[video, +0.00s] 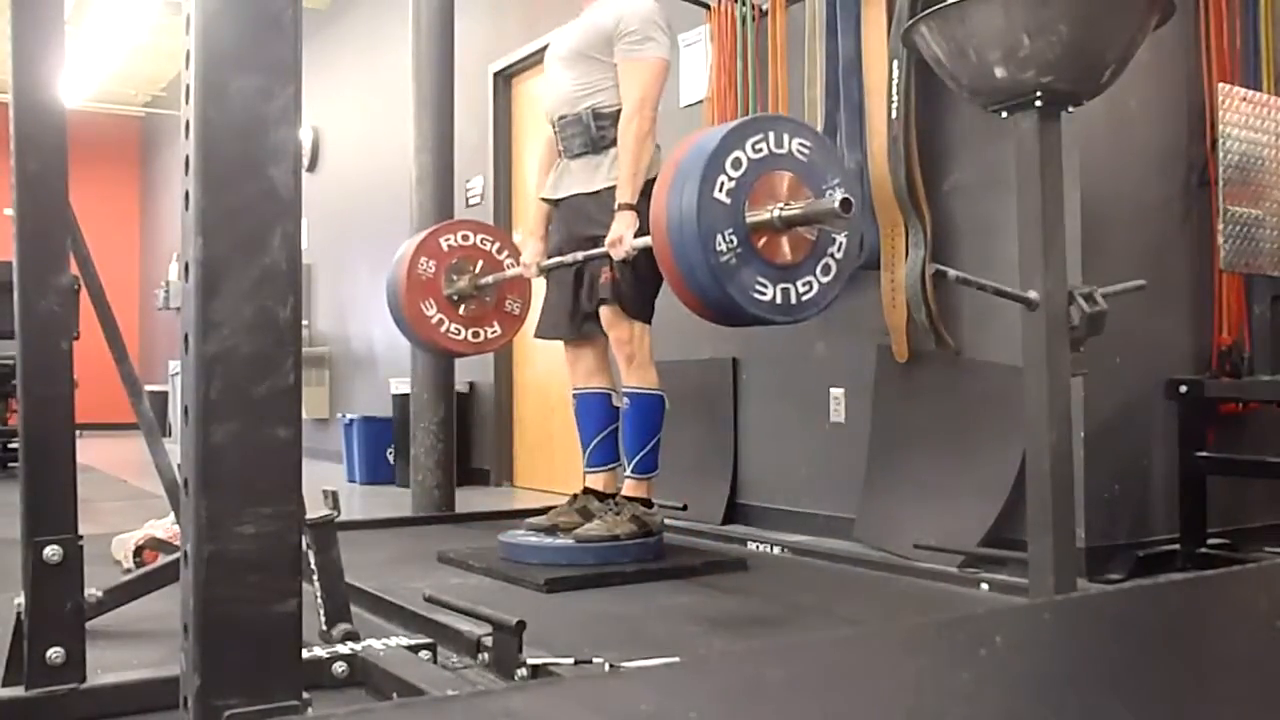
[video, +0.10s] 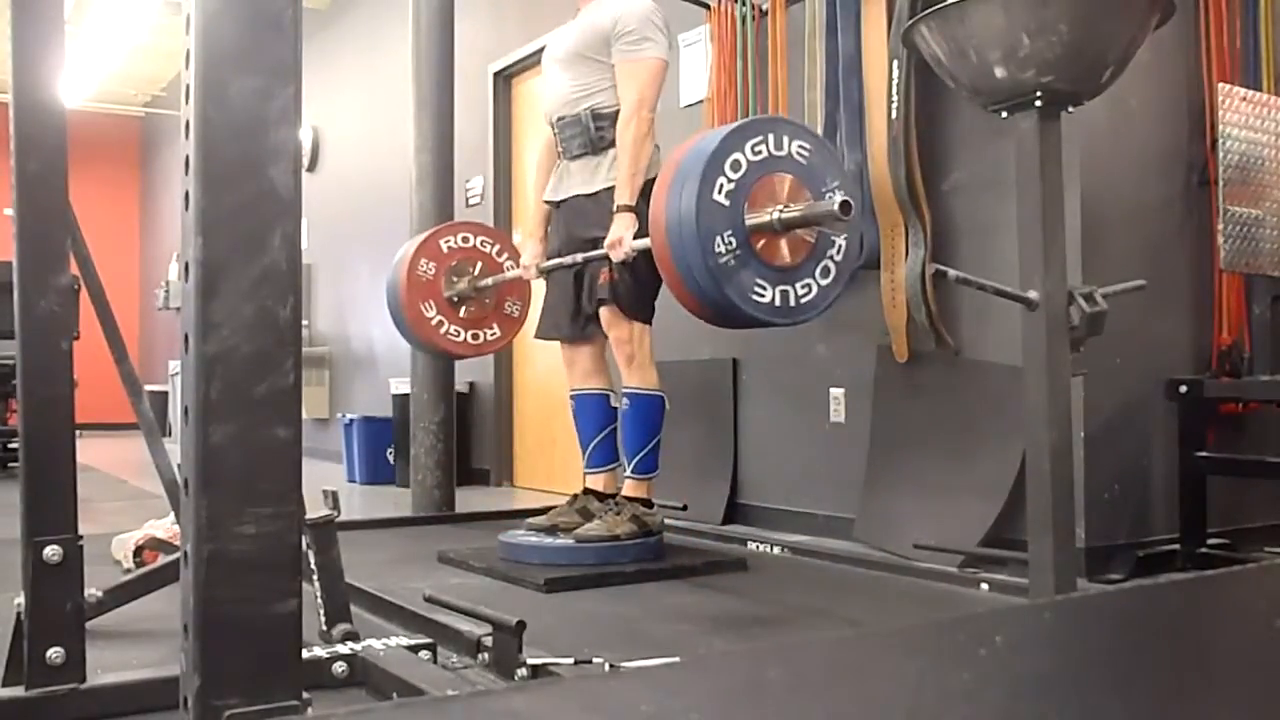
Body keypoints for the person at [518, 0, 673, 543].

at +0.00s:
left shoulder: (635, 11)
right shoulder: (564, 37)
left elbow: (640, 116)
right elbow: (554, 141)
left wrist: (626, 208)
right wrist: (537, 228)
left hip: (619, 194)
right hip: (570, 199)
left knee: (625, 335)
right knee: (580, 340)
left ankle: (638, 503)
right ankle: (598, 493)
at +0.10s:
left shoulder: (633, 11)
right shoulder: (562, 38)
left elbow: (639, 116)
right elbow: (552, 139)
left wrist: (625, 209)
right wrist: (536, 230)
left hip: (619, 195)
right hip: (570, 199)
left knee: (625, 335)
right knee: (577, 342)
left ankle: (638, 503)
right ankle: (598, 493)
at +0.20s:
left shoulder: (622, 11)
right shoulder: (554, 39)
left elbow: (633, 116)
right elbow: (548, 141)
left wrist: (623, 213)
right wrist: (535, 233)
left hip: (620, 196)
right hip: (570, 204)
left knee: (619, 335)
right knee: (575, 345)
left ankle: (638, 503)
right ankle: (599, 494)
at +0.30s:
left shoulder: (598, 18)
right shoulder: (529, 58)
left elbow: (621, 127)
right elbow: (535, 156)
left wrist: (620, 228)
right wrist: (528, 245)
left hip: (633, 198)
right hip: (579, 204)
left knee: (608, 336)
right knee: (561, 343)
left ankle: (636, 501)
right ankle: (597, 493)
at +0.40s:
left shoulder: (581, 39)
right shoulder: (512, 74)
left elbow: (611, 153)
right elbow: (525, 178)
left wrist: (617, 252)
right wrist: (527, 275)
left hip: (647, 198)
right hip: (593, 206)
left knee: (615, 335)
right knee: (566, 343)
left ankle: (637, 500)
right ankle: (598, 493)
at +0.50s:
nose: (479, 14)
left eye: (492, 4)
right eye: (479, 5)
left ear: (528, 16)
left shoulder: (572, 80)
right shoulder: (503, 112)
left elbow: (606, 194)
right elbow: (521, 211)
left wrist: (616, 297)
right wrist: (527, 307)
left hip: (661, 206)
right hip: (605, 217)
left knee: (629, 338)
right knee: (571, 342)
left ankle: (638, 502)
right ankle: (598, 493)